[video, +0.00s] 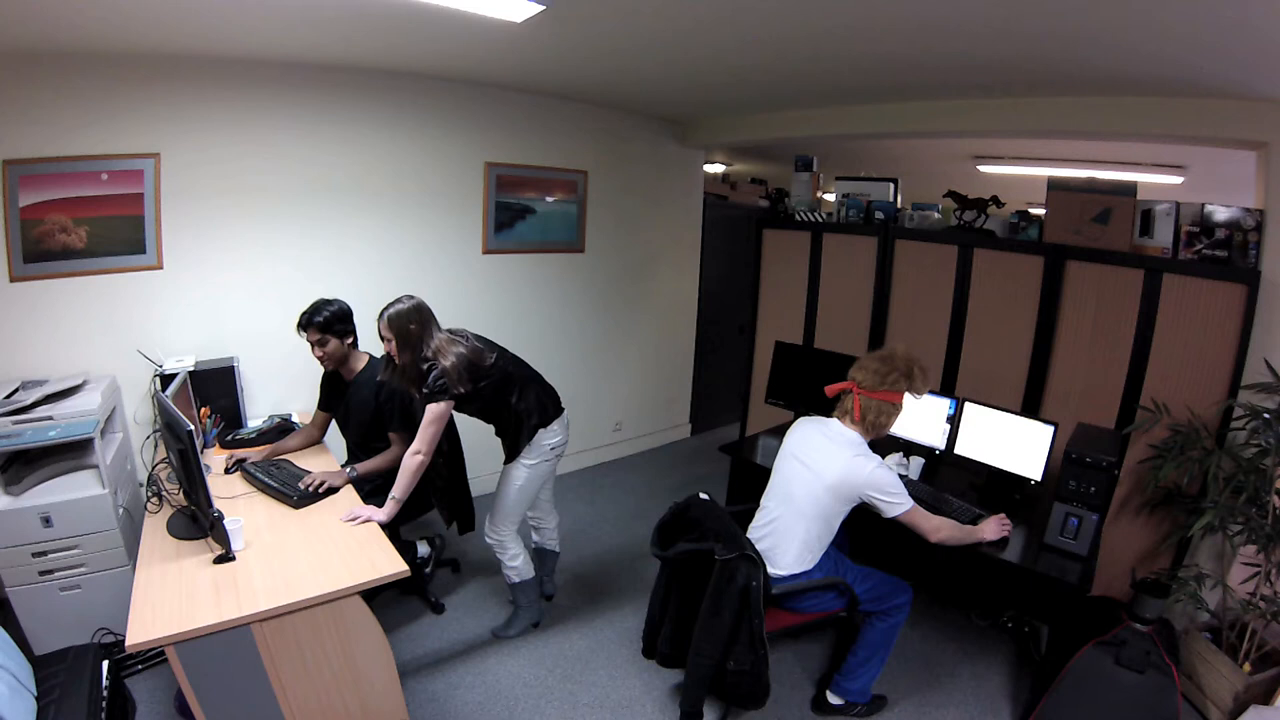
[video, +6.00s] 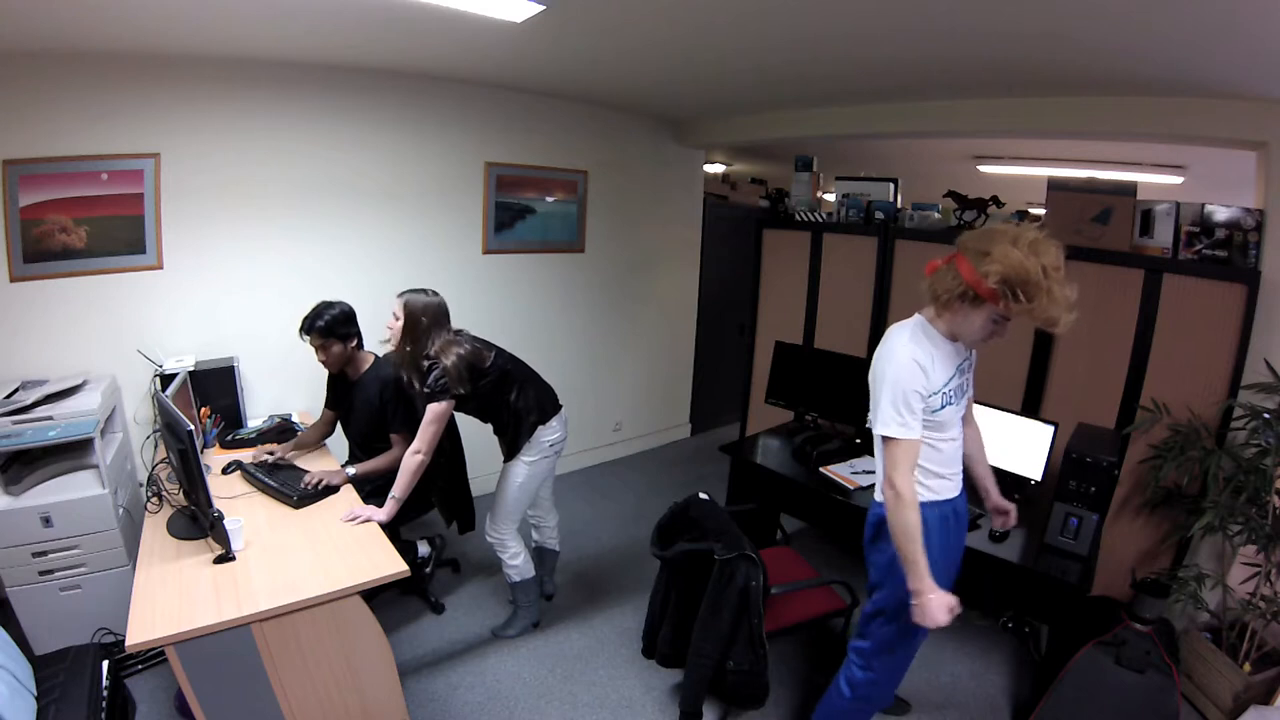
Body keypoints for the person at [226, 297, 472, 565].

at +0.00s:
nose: (316, 353)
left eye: (322, 344)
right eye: (311, 345)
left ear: (348, 338)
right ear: (309, 343)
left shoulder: (387, 381)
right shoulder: (334, 376)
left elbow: (401, 450)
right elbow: (314, 431)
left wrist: (346, 473)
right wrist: (265, 452)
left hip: (403, 478)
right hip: (363, 474)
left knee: (342, 533)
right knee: (314, 516)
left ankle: (419, 552)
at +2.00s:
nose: (316, 362)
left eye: (320, 353)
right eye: (311, 354)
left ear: (348, 344)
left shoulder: (389, 381)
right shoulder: (335, 377)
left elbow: (402, 450)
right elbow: (313, 432)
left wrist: (348, 473)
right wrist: (262, 454)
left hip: (404, 477)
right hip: (364, 474)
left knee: (341, 530)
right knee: (314, 513)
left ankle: (418, 553)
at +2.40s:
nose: (317, 361)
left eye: (322, 352)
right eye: (313, 353)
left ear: (348, 343)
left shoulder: (389, 381)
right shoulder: (337, 375)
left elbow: (404, 450)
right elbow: (325, 424)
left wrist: (347, 471)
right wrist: (287, 446)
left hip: (404, 477)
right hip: (364, 474)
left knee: (344, 529)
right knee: (317, 514)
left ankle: (419, 553)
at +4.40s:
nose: (318, 357)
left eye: (323, 348)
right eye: (314, 349)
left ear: (350, 340)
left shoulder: (388, 382)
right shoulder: (338, 375)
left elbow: (402, 451)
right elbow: (332, 428)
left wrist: (346, 474)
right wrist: (312, 458)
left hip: (407, 477)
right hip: (365, 473)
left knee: (343, 532)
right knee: (320, 514)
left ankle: (420, 552)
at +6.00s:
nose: (319, 357)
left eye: (325, 348)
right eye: (315, 349)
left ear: (351, 342)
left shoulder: (388, 379)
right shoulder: (339, 375)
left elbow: (403, 451)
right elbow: (325, 424)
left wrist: (346, 473)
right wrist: (288, 447)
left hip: (403, 479)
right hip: (363, 474)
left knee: (343, 531)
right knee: (318, 514)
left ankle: (418, 553)